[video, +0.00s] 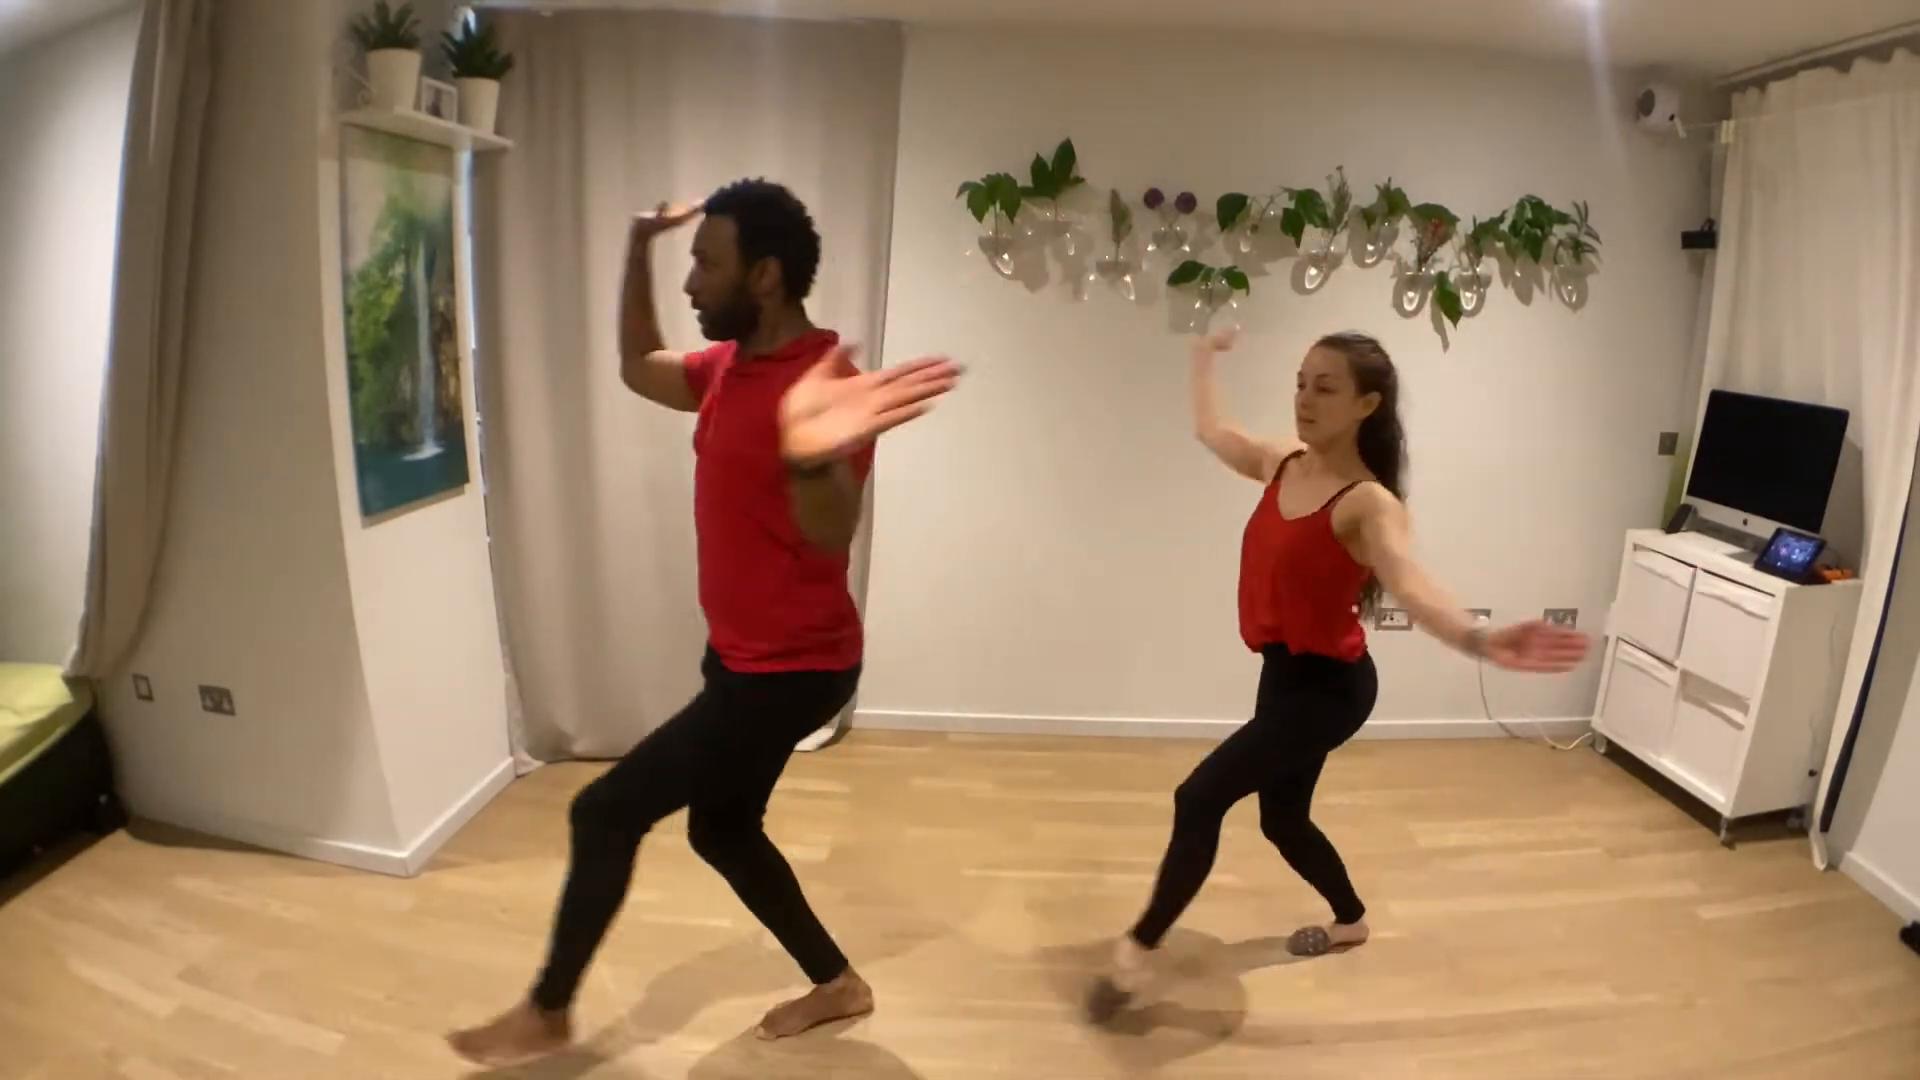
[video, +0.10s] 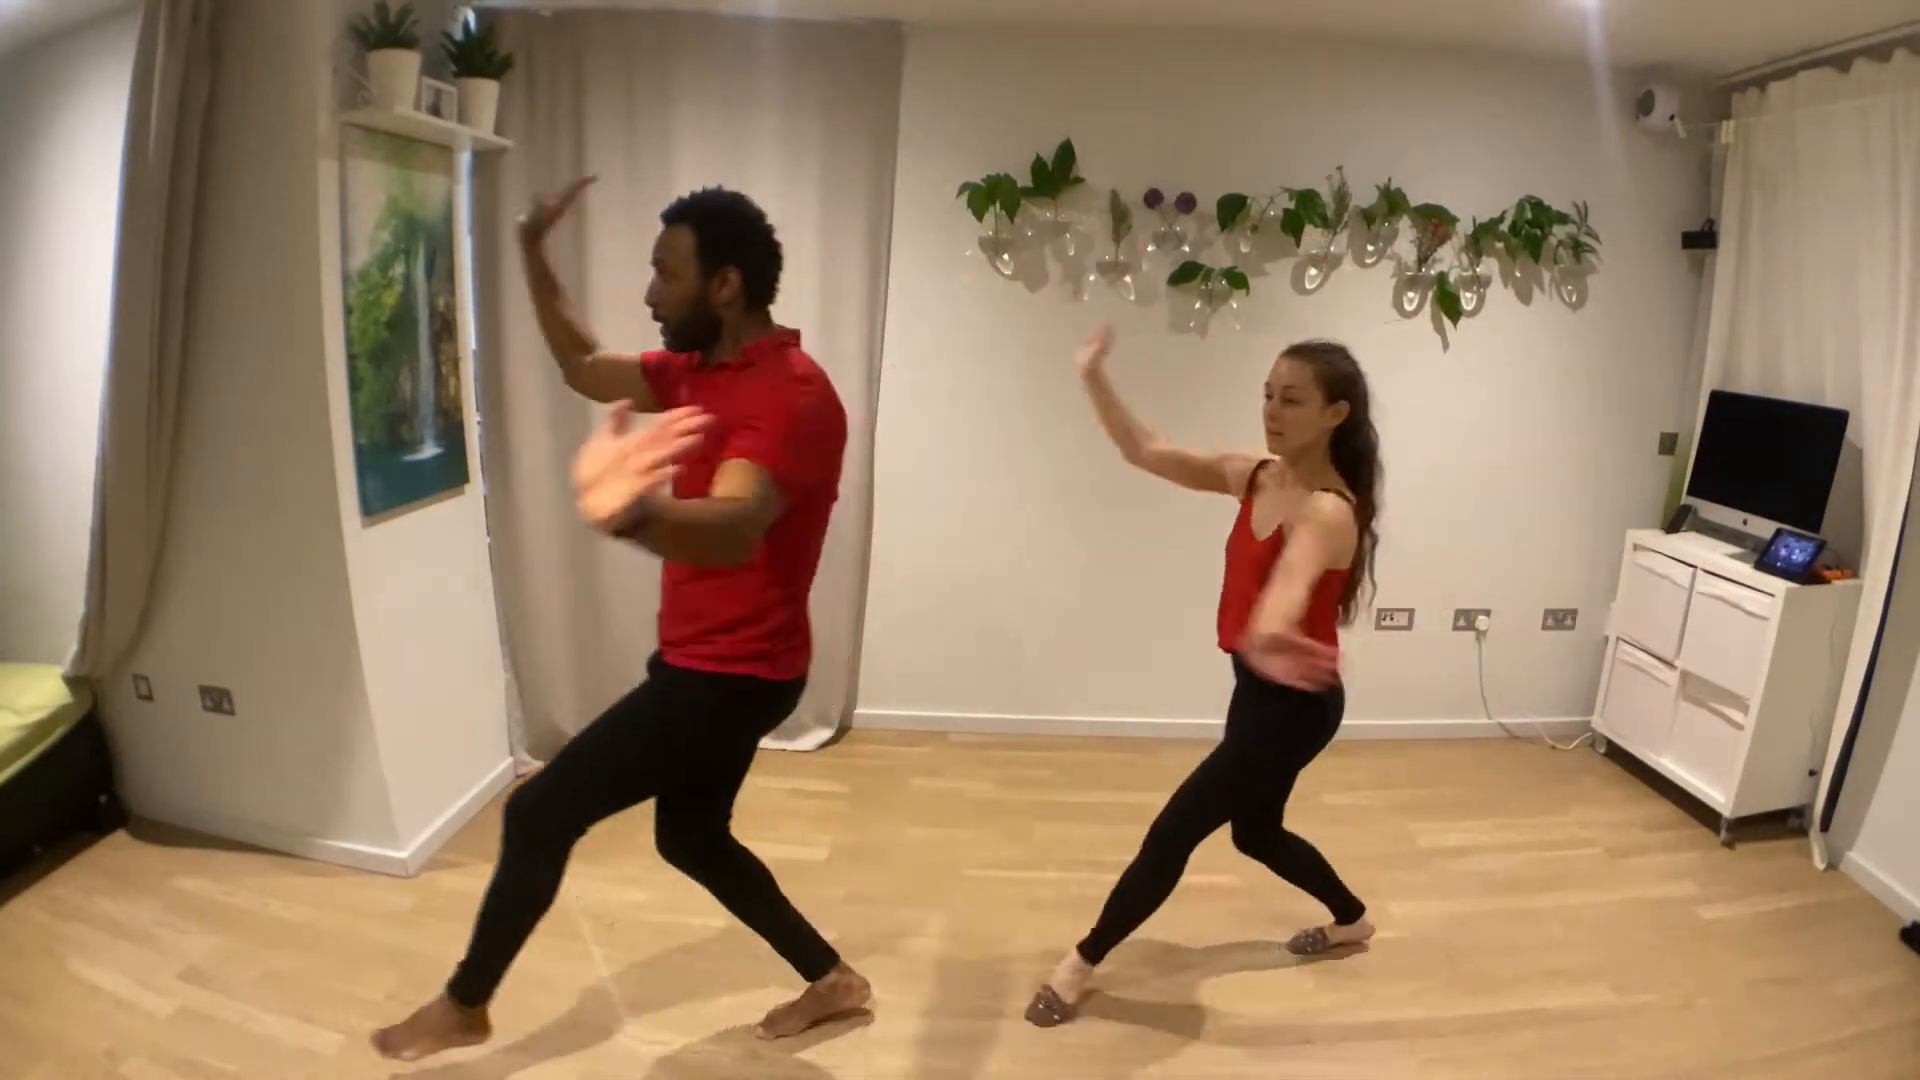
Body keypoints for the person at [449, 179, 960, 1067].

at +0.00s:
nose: (690, 279)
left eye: (705, 262)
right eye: (692, 262)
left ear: (767, 274)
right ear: (752, 275)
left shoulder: (830, 375)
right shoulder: (727, 364)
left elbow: (830, 538)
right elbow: (641, 366)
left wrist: (807, 460)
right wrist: (638, 249)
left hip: (796, 668)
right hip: (737, 655)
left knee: (606, 811)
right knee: (724, 832)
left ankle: (546, 1013)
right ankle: (837, 981)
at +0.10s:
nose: (647, 288)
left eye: (665, 271)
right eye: (653, 269)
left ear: (726, 287)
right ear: (719, 287)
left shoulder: (791, 395)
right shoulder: (702, 369)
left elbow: (735, 530)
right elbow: (585, 367)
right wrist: (536, 254)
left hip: (737, 669)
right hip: (697, 655)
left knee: (541, 815)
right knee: (691, 839)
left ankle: (463, 1007)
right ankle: (832, 979)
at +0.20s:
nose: (613, 300)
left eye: (628, 283)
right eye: (616, 281)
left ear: (692, 295)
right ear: (689, 295)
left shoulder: (745, 402)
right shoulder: (673, 369)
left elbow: (633, 530)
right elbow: (543, 352)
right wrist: (452, 261)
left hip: (666, 676)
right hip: (663, 667)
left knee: (486, 825)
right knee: (667, 841)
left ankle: (446, 1031)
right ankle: (823, 973)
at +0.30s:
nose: (575, 312)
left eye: (590, 292)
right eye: (579, 291)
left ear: (657, 303)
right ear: (653, 302)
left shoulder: (685, 409)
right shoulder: (656, 371)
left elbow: (530, 530)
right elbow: (510, 320)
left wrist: (343, 563)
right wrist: (400, 252)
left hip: (588, 680)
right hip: (619, 673)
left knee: (450, 858)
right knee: (634, 849)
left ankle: (464, 1060)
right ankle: (805, 963)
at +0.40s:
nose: (534, 311)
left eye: (552, 295)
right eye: (536, 292)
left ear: (619, 307)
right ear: (615, 304)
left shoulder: (629, 419)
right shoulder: (619, 370)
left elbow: (502, 552)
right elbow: (510, 297)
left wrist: (307, 562)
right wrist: (394, 228)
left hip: (530, 683)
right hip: (569, 674)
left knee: (422, 875)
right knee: (557, 864)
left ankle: (474, 1068)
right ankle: (749, 951)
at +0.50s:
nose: (494, 308)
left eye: (516, 288)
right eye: (492, 286)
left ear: (581, 301)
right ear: (572, 302)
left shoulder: (591, 420)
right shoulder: (572, 364)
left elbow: (561, 580)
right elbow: (510, 270)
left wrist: (401, 549)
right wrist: (428, 225)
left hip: (514, 692)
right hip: (529, 681)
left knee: (404, 876)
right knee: (479, 873)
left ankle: (467, 1069)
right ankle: (671, 938)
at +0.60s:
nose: (459, 295)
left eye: (483, 274)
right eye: (454, 273)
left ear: (544, 285)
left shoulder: (571, 399)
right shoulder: (528, 359)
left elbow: (647, 571)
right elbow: (501, 274)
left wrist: (539, 534)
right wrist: (442, 233)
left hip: (526, 689)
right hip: (515, 677)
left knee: (416, 878)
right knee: (465, 870)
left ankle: (468, 1068)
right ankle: (623, 967)